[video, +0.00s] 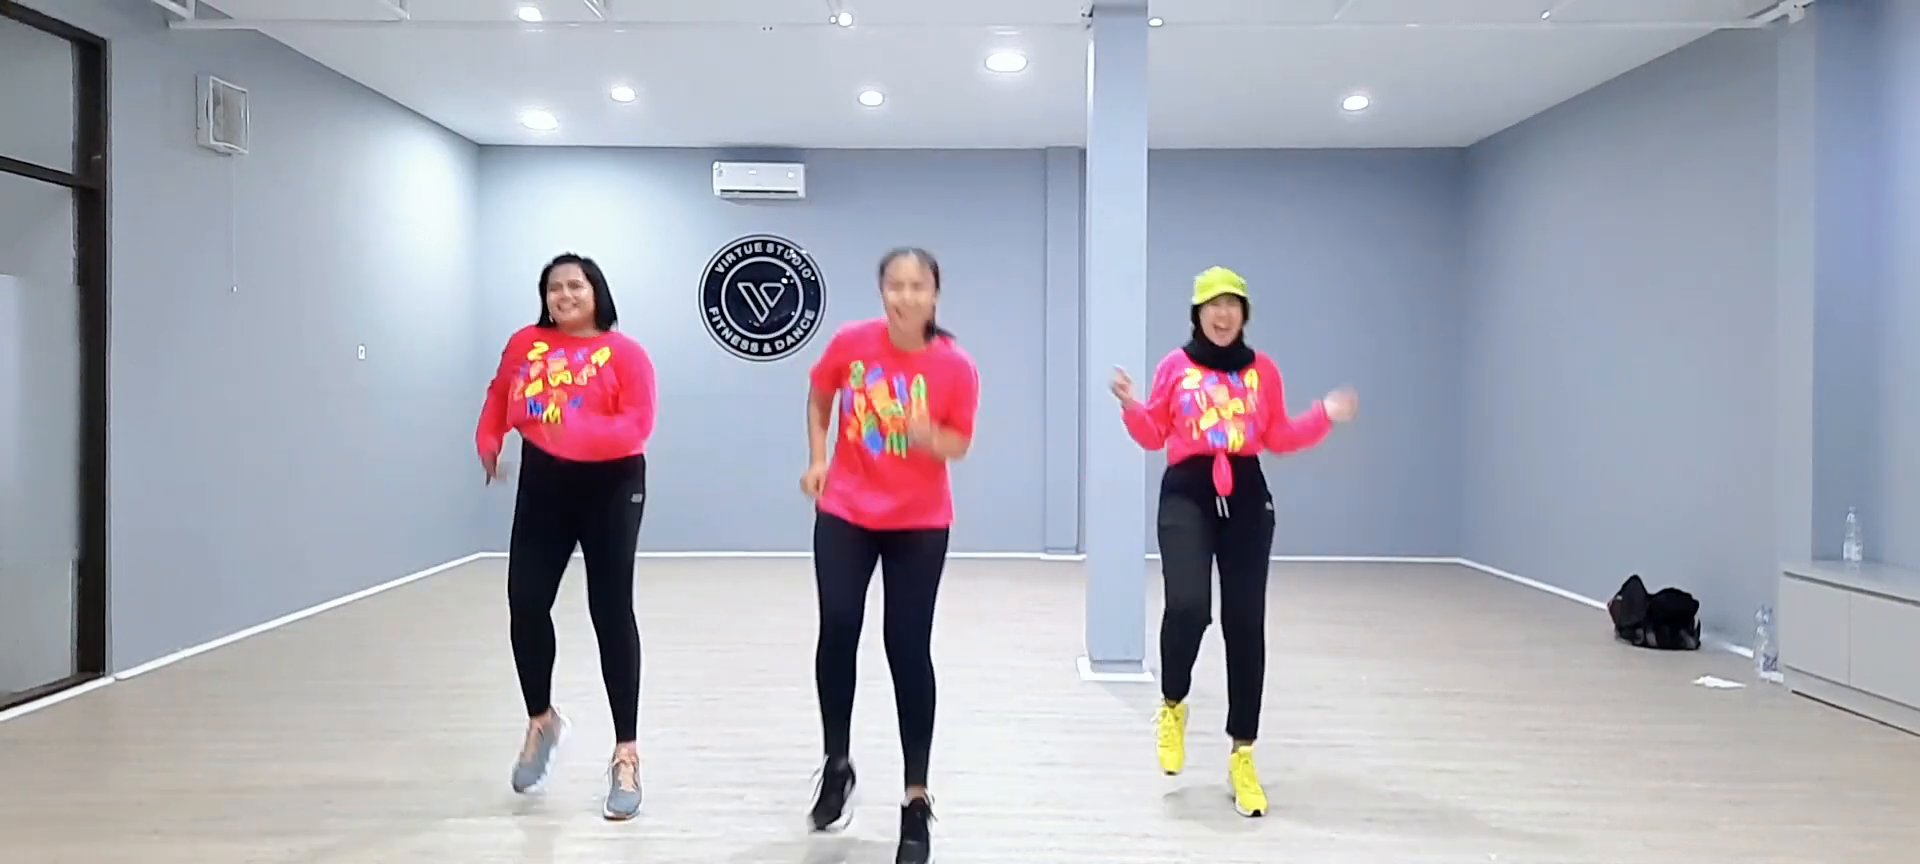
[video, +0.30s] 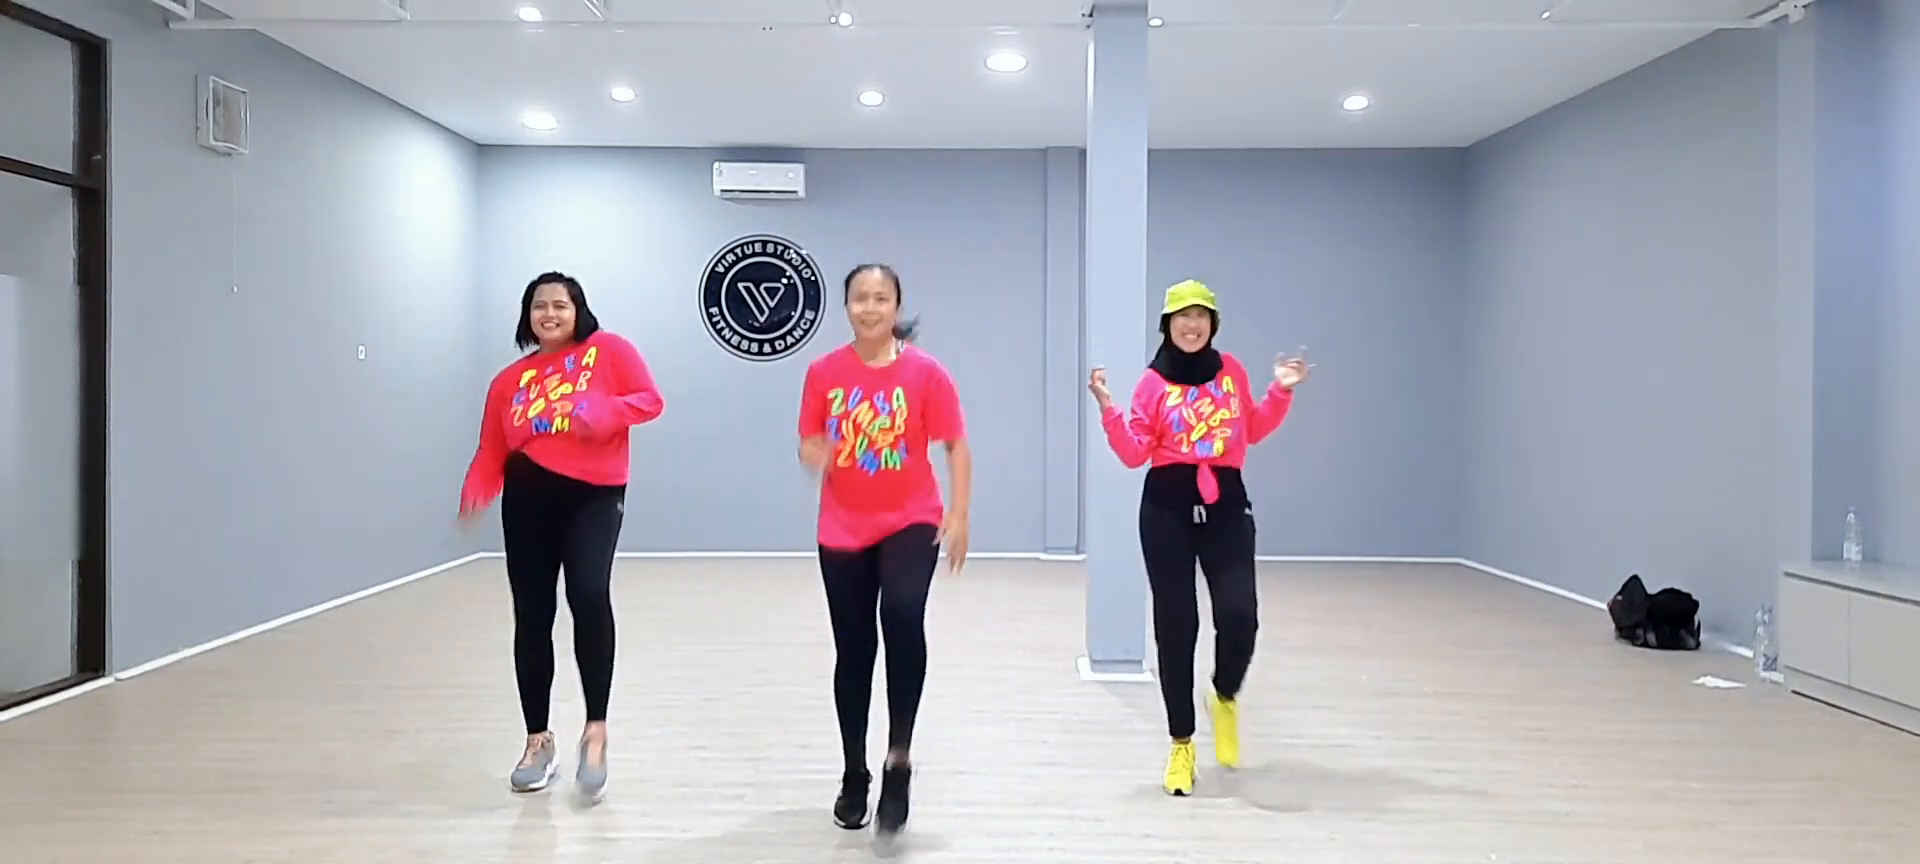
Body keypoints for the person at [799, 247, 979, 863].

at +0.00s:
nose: (906, 295)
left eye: (917, 286)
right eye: (897, 285)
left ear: (936, 295)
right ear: (881, 293)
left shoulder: (955, 365)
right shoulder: (849, 344)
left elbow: (960, 445)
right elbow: (820, 395)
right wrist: (818, 453)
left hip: (918, 523)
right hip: (844, 514)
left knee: (907, 646)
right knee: (837, 632)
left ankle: (915, 799)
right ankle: (836, 762)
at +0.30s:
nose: (870, 307)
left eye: (881, 299)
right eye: (861, 298)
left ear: (898, 309)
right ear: (846, 308)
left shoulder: (927, 373)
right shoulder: (824, 372)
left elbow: (958, 447)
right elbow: (809, 444)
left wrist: (958, 516)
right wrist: (819, 452)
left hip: (908, 521)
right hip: (843, 527)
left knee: (902, 620)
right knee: (854, 648)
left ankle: (897, 765)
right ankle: (853, 772)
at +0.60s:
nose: (890, 302)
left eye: (900, 293)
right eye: (881, 292)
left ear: (917, 300)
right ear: (869, 299)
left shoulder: (943, 364)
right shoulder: (842, 358)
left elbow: (962, 436)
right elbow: (828, 429)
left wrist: (953, 501)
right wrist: (834, 490)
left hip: (919, 523)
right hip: (857, 521)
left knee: (910, 637)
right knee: (857, 637)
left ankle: (912, 746)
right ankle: (856, 760)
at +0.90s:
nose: (889, 283)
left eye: (899, 274)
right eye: (879, 275)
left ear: (915, 283)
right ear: (865, 285)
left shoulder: (939, 339)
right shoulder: (842, 340)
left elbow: (962, 408)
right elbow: (817, 400)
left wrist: (916, 396)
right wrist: (832, 456)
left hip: (922, 493)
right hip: (862, 490)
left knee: (911, 608)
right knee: (866, 602)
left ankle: (907, 728)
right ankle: (864, 699)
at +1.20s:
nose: (879, 307)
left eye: (888, 298)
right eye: (870, 299)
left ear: (904, 306)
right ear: (856, 308)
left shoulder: (930, 361)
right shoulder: (839, 367)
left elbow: (972, 416)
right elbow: (823, 427)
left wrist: (985, 475)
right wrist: (811, 411)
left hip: (932, 498)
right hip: (873, 506)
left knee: (932, 582)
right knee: (878, 613)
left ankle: (933, 702)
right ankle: (875, 723)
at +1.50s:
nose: (885, 341)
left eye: (895, 330)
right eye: (878, 331)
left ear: (923, 328)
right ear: (873, 331)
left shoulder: (952, 390)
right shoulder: (861, 376)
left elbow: (1011, 440)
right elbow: (832, 404)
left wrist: (1060, 482)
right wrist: (803, 438)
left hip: (952, 536)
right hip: (891, 540)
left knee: (957, 647)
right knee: (905, 649)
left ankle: (976, 755)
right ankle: (947, 722)